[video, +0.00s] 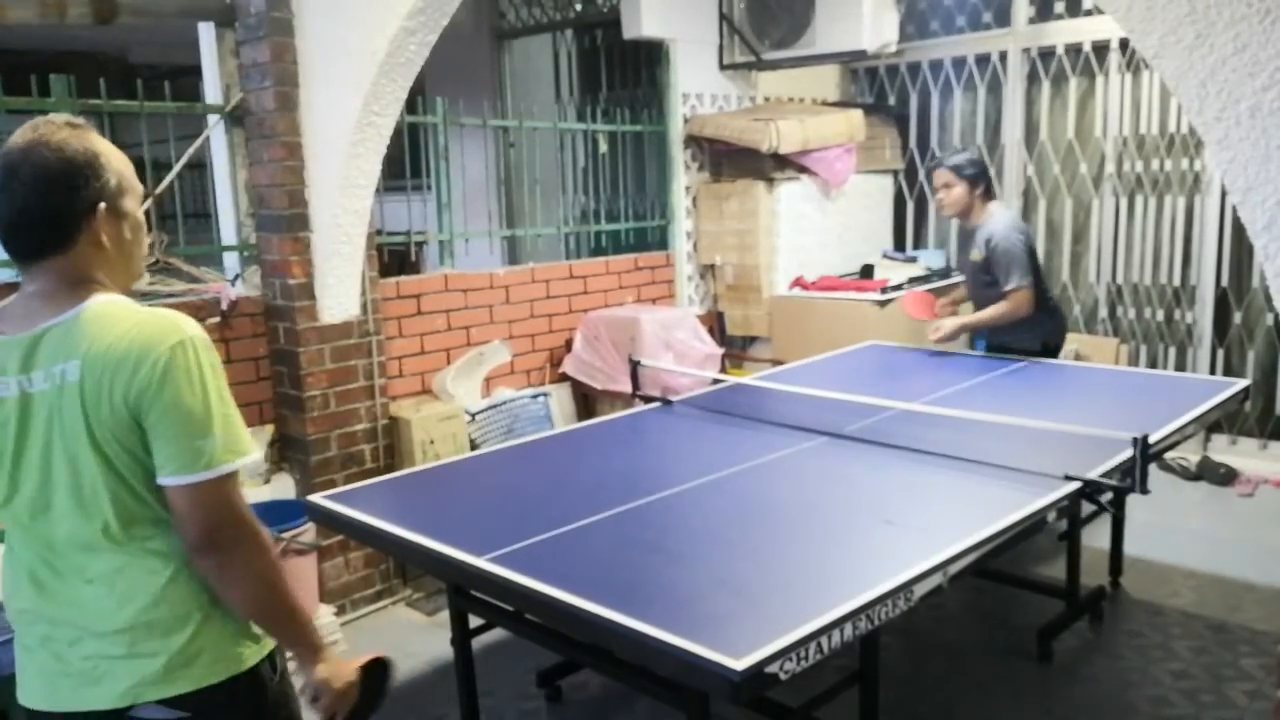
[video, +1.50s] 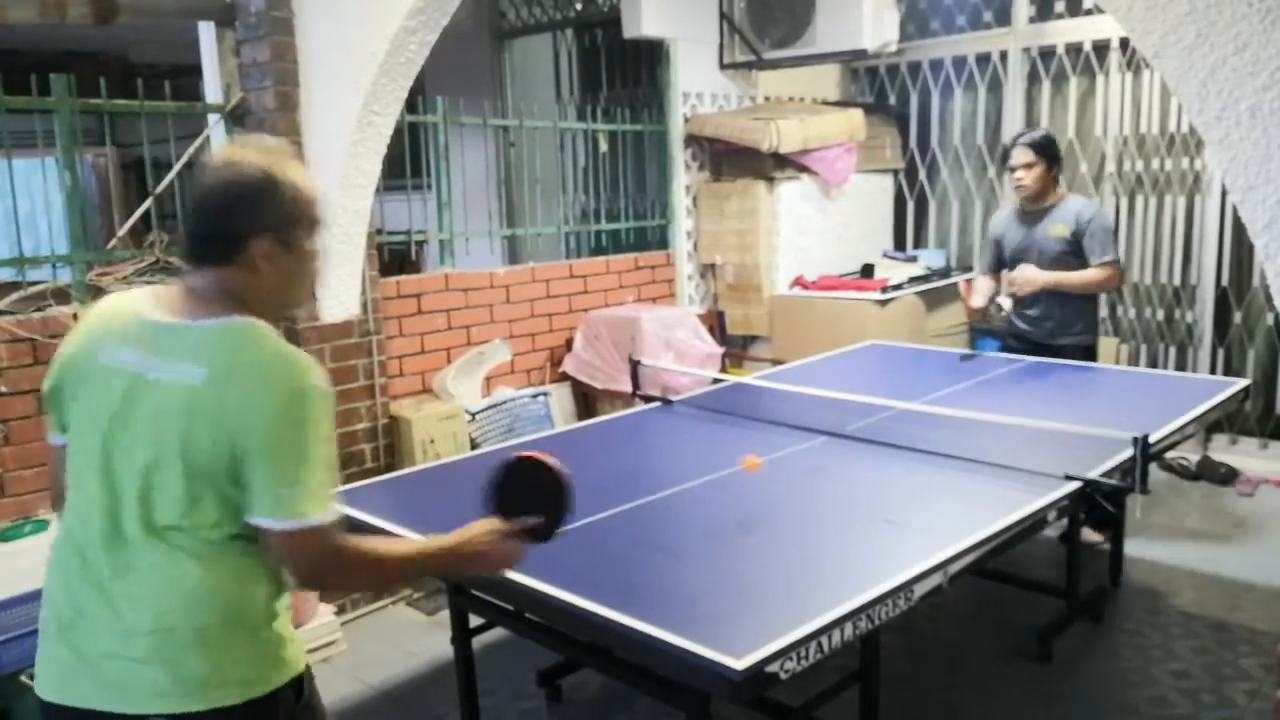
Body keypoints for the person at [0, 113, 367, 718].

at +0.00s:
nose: (149, 231)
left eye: (146, 213)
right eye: (141, 213)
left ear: (17, 230)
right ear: (103, 223)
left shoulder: (7, 333)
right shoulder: (157, 340)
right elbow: (214, 532)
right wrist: (312, 654)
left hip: (50, 682)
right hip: (187, 681)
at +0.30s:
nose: (175, 229)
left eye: (172, 211)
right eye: (166, 211)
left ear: (44, 225)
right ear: (124, 230)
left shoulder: (8, 335)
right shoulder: (182, 343)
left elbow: (13, 515)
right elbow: (265, 517)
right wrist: (363, 608)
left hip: (54, 673)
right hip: (198, 669)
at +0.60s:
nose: (184, 230)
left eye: (183, 212)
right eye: (177, 213)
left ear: (53, 225)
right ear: (134, 230)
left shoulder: (9, 334)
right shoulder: (190, 342)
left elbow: (11, 509)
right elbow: (256, 528)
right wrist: (330, 611)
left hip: (62, 670)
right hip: (205, 667)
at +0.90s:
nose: (186, 228)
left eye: (182, 210)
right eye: (176, 212)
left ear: (52, 228)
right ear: (129, 231)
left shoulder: (11, 335)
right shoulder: (178, 344)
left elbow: (9, 522)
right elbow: (237, 536)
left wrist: (44, 609)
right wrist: (316, 614)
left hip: (61, 670)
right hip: (200, 673)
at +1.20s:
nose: (197, 229)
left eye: (193, 212)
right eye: (187, 213)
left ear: (62, 229)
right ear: (137, 230)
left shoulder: (13, 336)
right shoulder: (174, 343)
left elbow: (10, 512)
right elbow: (230, 538)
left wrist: (21, 608)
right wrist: (327, 605)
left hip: (57, 673)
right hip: (191, 675)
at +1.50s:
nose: (317, 256)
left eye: (315, 237)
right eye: (308, 239)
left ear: (199, 245)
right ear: (260, 251)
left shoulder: (99, 326)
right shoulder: (280, 376)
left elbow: (66, 495)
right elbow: (311, 561)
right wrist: (452, 553)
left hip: (75, 670)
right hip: (219, 681)